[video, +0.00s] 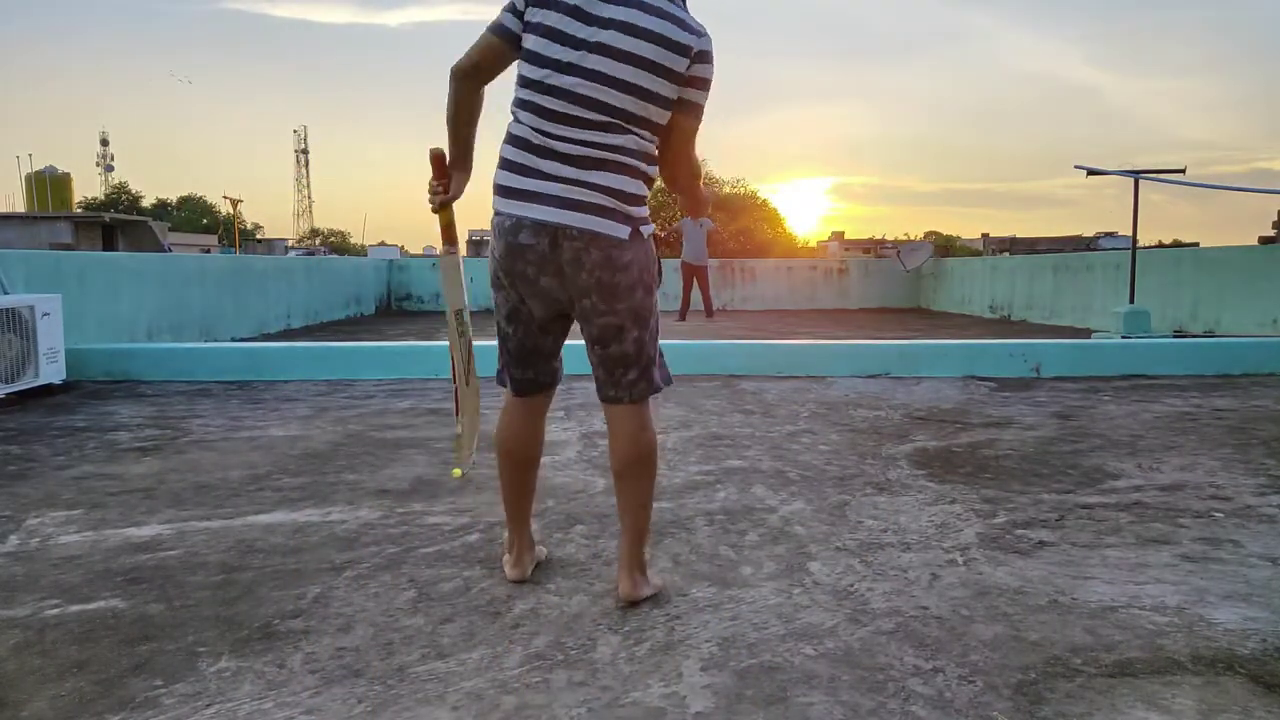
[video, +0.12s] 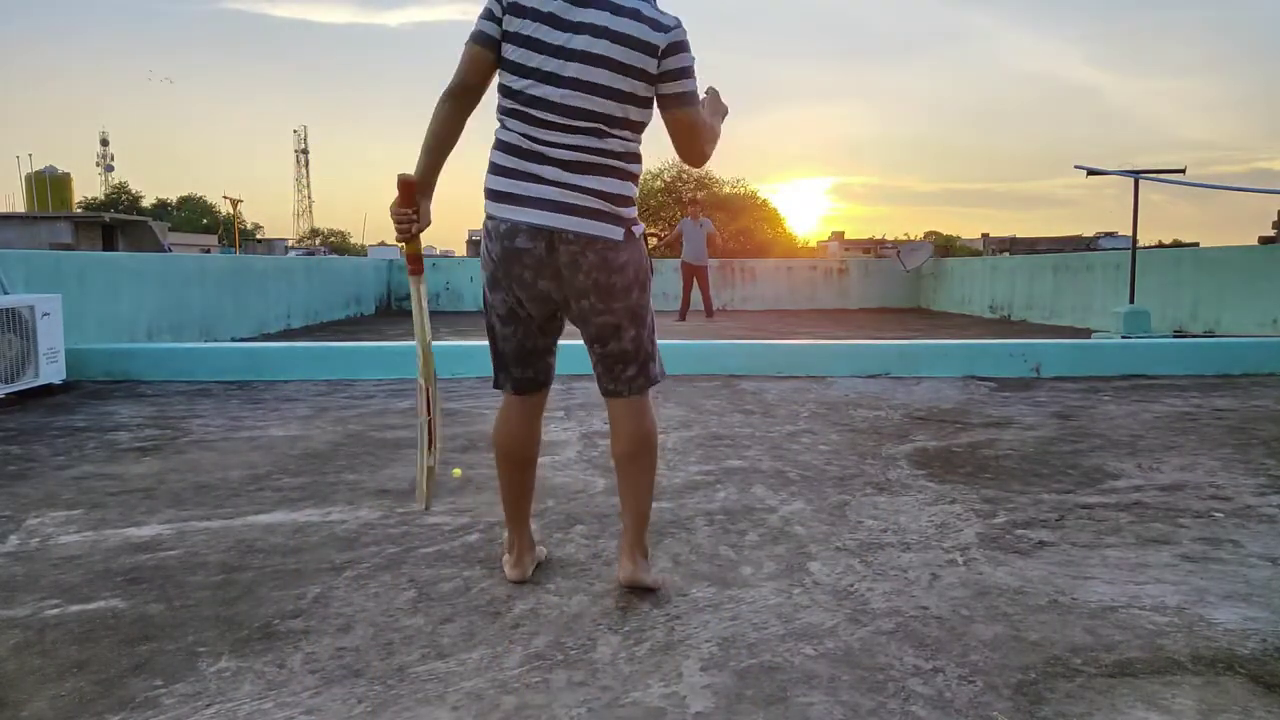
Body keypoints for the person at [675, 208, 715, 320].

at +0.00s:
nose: (693, 212)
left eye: (696, 209)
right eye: (691, 209)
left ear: (701, 209)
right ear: (687, 209)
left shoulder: (705, 222)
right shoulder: (684, 222)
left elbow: (716, 233)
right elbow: (672, 229)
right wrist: (664, 232)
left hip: (701, 260)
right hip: (687, 260)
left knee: (705, 290)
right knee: (686, 290)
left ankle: (710, 314)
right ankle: (682, 316)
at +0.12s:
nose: (693, 210)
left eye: (696, 207)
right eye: (691, 207)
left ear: (700, 209)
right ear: (688, 209)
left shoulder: (705, 222)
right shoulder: (684, 222)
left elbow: (716, 235)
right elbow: (673, 235)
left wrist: (718, 244)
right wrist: (661, 243)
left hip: (701, 261)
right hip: (687, 261)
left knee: (705, 290)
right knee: (686, 290)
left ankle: (709, 314)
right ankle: (682, 315)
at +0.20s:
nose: (693, 210)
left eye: (695, 207)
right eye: (691, 207)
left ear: (699, 208)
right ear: (688, 209)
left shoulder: (705, 223)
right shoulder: (684, 223)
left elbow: (714, 240)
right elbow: (677, 240)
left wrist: (720, 257)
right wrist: (667, 256)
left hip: (701, 262)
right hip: (687, 261)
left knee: (705, 291)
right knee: (686, 290)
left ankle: (710, 315)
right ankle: (682, 315)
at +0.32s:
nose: (693, 209)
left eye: (695, 206)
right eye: (690, 207)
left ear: (700, 208)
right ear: (687, 209)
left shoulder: (705, 223)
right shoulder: (683, 223)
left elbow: (709, 240)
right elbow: (681, 240)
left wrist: (712, 257)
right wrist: (680, 257)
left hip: (701, 262)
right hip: (687, 261)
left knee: (705, 291)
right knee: (686, 291)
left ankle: (709, 314)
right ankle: (682, 315)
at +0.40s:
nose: (693, 209)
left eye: (695, 206)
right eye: (691, 206)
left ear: (699, 208)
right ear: (687, 209)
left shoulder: (705, 222)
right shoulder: (683, 223)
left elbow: (709, 235)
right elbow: (681, 235)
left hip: (702, 261)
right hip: (687, 260)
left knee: (705, 291)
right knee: (686, 290)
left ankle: (709, 315)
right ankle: (682, 315)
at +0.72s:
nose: (692, 209)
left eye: (695, 206)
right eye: (690, 206)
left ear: (699, 208)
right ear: (687, 209)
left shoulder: (705, 222)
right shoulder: (683, 223)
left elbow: (710, 238)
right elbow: (681, 243)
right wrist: (677, 260)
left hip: (702, 262)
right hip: (688, 261)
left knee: (705, 291)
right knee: (686, 291)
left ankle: (709, 315)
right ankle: (682, 315)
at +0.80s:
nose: (691, 210)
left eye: (693, 207)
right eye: (689, 207)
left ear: (698, 209)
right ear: (685, 210)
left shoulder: (704, 222)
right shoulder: (683, 223)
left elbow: (712, 240)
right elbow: (678, 241)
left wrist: (719, 256)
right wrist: (672, 257)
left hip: (702, 262)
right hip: (688, 261)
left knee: (705, 291)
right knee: (686, 291)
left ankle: (709, 315)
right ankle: (682, 315)